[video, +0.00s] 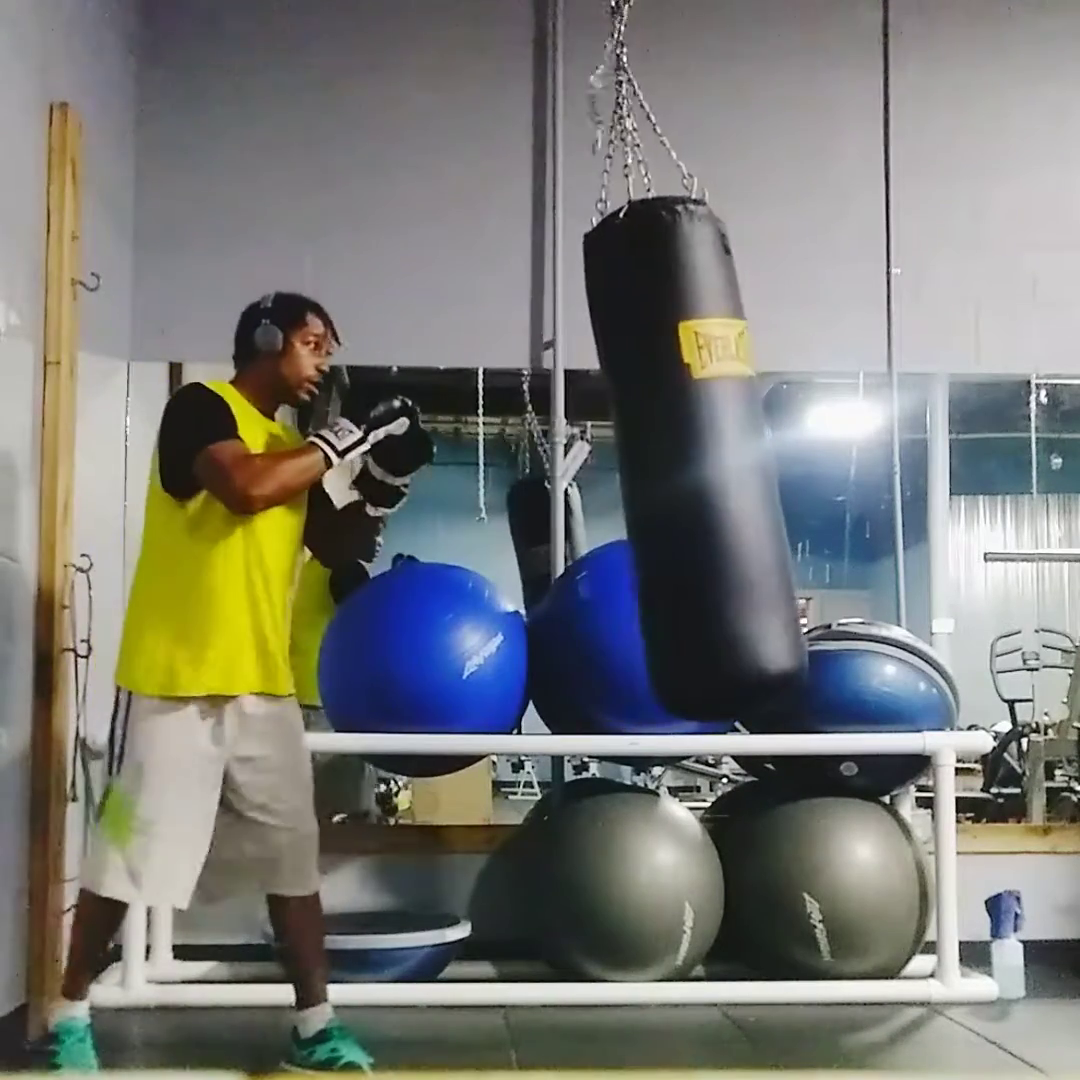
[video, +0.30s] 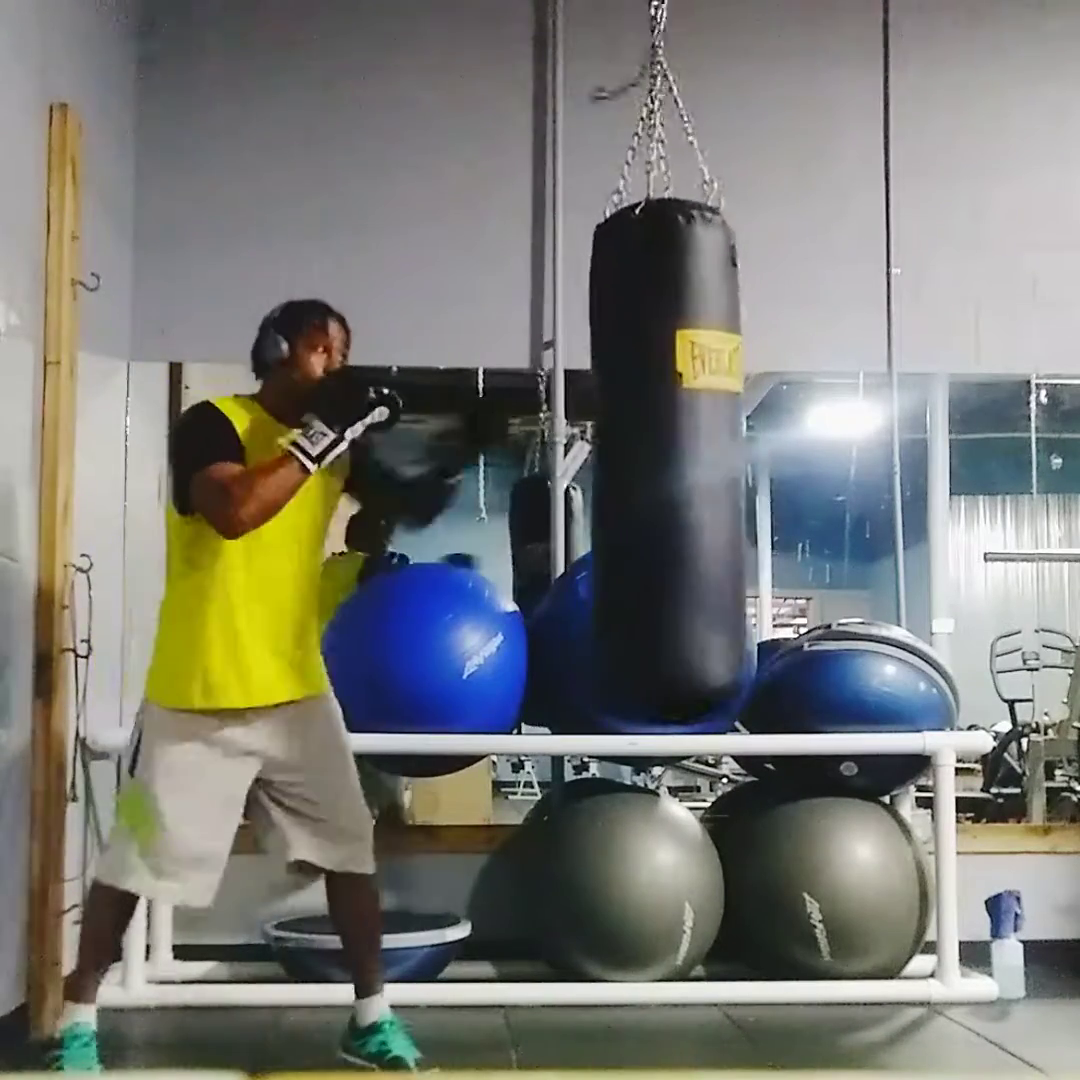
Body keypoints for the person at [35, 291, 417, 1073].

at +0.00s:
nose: (325, 360)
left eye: (329, 350)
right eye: (314, 343)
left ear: (307, 360)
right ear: (268, 340)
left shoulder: (293, 446)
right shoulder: (198, 404)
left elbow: (333, 548)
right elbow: (247, 485)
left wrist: (374, 490)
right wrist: (340, 443)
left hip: (262, 677)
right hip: (174, 670)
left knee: (292, 851)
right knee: (128, 853)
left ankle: (316, 1026)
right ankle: (67, 1015)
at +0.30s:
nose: (334, 368)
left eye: (340, 356)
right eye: (322, 351)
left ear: (338, 367)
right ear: (278, 354)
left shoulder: (330, 445)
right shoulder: (209, 422)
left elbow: (351, 558)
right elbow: (233, 512)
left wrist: (385, 502)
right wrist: (324, 434)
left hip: (297, 686)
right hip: (197, 687)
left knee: (351, 845)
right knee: (134, 856)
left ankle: (372, 1017)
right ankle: (77, 1018)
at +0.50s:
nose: (357, 365)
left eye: (367, 355)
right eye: (342, 348)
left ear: (370, 368)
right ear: (299, 351)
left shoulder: (367, 442)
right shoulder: (239, 421)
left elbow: (451, 508)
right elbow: (239, 514)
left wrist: (516, 458)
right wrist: (337, 439)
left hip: (322, 682)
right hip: (225, 679)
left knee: (362, 850)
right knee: (186, 857)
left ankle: (374, 1017)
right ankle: (152, 1006)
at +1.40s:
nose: (412, 367)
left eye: (424, 357)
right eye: (396, 353)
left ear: (436, 372)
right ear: (362, 364)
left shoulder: (459, 446)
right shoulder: (321, 439)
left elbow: (528, 536)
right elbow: (289, 537)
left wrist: (546, 486)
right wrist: (368, 471)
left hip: (428, 676)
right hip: (328, 679)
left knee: (445, 843)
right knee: (292, 838)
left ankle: (456, 1012)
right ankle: (274, 984)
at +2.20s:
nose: (441, 382)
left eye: (456, 372)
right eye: (429, 370)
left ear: (473, 387)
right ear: (405, 383)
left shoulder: (507, 450)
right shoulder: (378, 458)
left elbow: (552, 545)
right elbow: (324, 538)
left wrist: (554, 464)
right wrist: (376, 444)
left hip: (486, 678)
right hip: (395, 681)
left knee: (515, 846)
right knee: (370, 847)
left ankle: (538, 1009)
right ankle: (345, 988)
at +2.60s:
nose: (470, 402)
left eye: (484, 389)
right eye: (461, 389)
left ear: (511, 399)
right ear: (446, 403)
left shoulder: (541, 470)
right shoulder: (437, 480)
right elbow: (383, 562)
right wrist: (414, 481)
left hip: (542, 692)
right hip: (469, 695)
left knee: (581, 852)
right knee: (469, 849)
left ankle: (612, 1011)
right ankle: (465, 987)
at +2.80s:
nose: (515, 384)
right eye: (500, 370)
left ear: (555, 377)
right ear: (480, 385)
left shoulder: (586, 438)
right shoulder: (470, 447)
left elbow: (657, 520)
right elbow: (413, 555)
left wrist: (609, 469)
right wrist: (445, 504)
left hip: (590, 664)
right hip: (507, 668)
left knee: (601, 841)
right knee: (533, 843)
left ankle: (618, 1011)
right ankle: (578, 978)